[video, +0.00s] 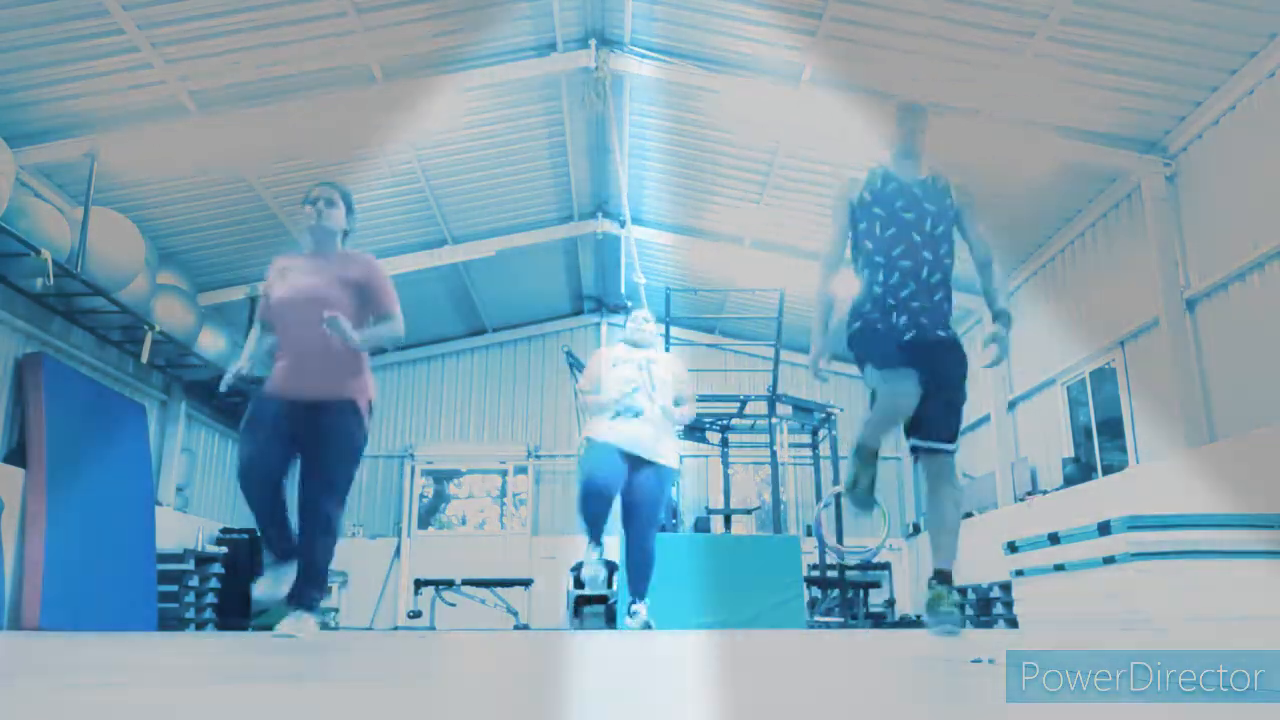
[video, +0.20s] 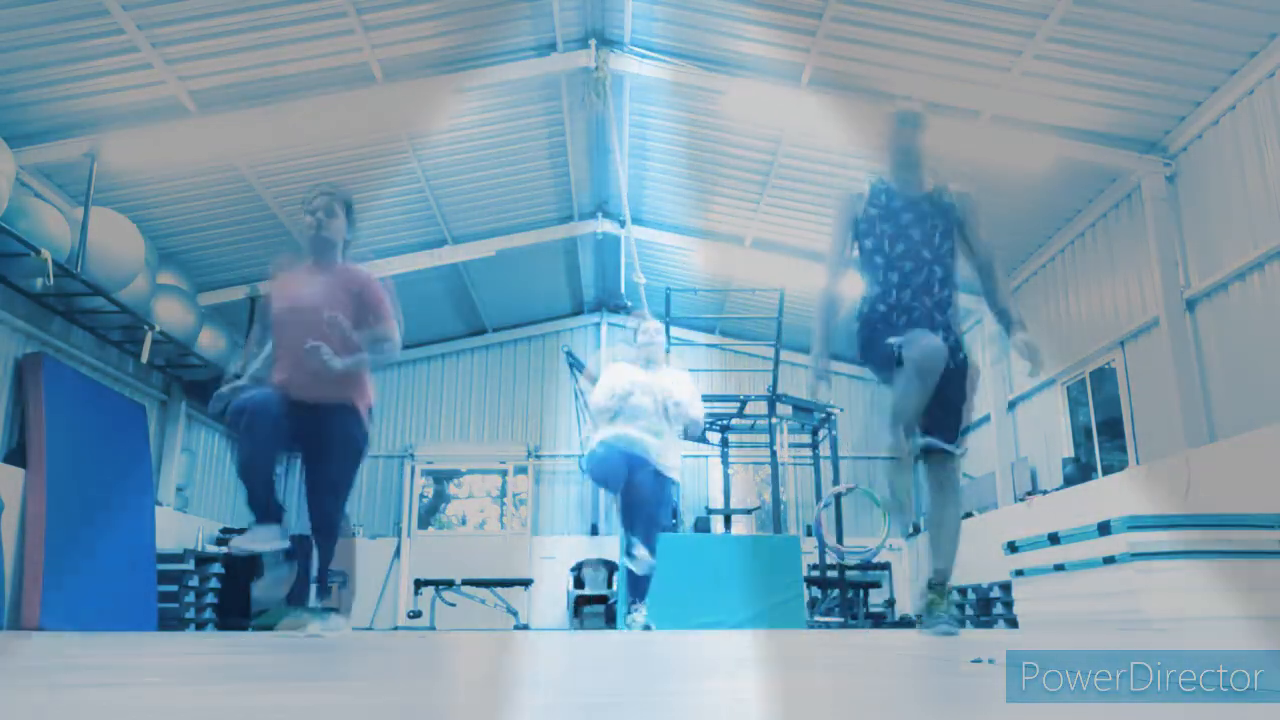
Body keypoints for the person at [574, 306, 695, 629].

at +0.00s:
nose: (642, 325)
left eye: (648, 321)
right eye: (636, 321)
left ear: (657, 331)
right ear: (624, 328)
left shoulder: (672, 363)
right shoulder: (604, 357)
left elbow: (689, 410)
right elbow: (582, 401)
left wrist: (671, 412)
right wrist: (614, 399)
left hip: (655, 447)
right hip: (608, 439)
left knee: (642, 527)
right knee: (599, 483)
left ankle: (637, 604)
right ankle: (594, 543)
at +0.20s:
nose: (650, 338)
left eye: (656, 333)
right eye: (645, 333)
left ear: (665, 340)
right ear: (635, 338)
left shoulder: (677, 378)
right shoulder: (618, 371)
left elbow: (695, 427)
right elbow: (597, 408)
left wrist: (677, 405)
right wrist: (623, 393)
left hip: (658, 455)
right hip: (614, 444)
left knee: (646, 533)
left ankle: (638, 604)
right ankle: (634, 536)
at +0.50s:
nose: (663, 352)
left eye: (668, 347)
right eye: (655, 348)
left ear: (675, 353)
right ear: (643, 356)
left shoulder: (690, 393)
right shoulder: (629, 390)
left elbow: (714, 439)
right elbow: (615, 437)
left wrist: (698, 430)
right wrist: (648, 419)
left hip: (676, 484)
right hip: (634, 481)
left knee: (640, 548)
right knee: (676, 524)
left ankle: (618, 610)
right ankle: (666, 611)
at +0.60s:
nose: (667, 337)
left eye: (672, 332)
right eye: (660, 333)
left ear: (679, 341)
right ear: (649, 341)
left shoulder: (695, 376)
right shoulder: (635, 375)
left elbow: (715, 422)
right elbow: (619, 419)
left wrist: (699, 414)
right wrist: (653, 409)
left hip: (689, 468)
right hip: (645, 466)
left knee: (688, 533)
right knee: (670, 526)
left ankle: (630, 593)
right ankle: (664, 610)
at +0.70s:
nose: (675, 323)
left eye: (680, 318)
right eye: (667, 319)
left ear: (687, 327)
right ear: (654, 327)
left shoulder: (702, 360)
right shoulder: (638, 359)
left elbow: (720, 409)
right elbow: (624, 403)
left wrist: (703, 398)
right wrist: (666, 400)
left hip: (696, 453)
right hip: (647, 454)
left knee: (713, 515)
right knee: (669, 518)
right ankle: (665, 605)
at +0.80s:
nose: (681, 328)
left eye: (686, 323)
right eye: (673, 324)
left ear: (693, 330)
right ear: (660, 331)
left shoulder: (706, 362)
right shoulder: (645, 361)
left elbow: (724, 414)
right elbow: (627, 407)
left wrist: (715, 405)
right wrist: (666, 405)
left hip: (700, 451)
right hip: (653, 457)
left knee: (737, 478)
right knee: (675, 528)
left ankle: (695, 534)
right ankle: (665, 611)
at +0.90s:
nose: (690, 339)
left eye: (694, 334)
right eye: (682, 333)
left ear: (699, 341)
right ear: (667, 341)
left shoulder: (708, 377)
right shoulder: (649, 373)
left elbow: (729, 426)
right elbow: (635, 417)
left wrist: (725, 411)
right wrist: (676, 418)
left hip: (702, 458)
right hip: (659, 467)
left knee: (744, 467)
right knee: (679, 530)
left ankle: (732, 542)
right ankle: (667, 613)